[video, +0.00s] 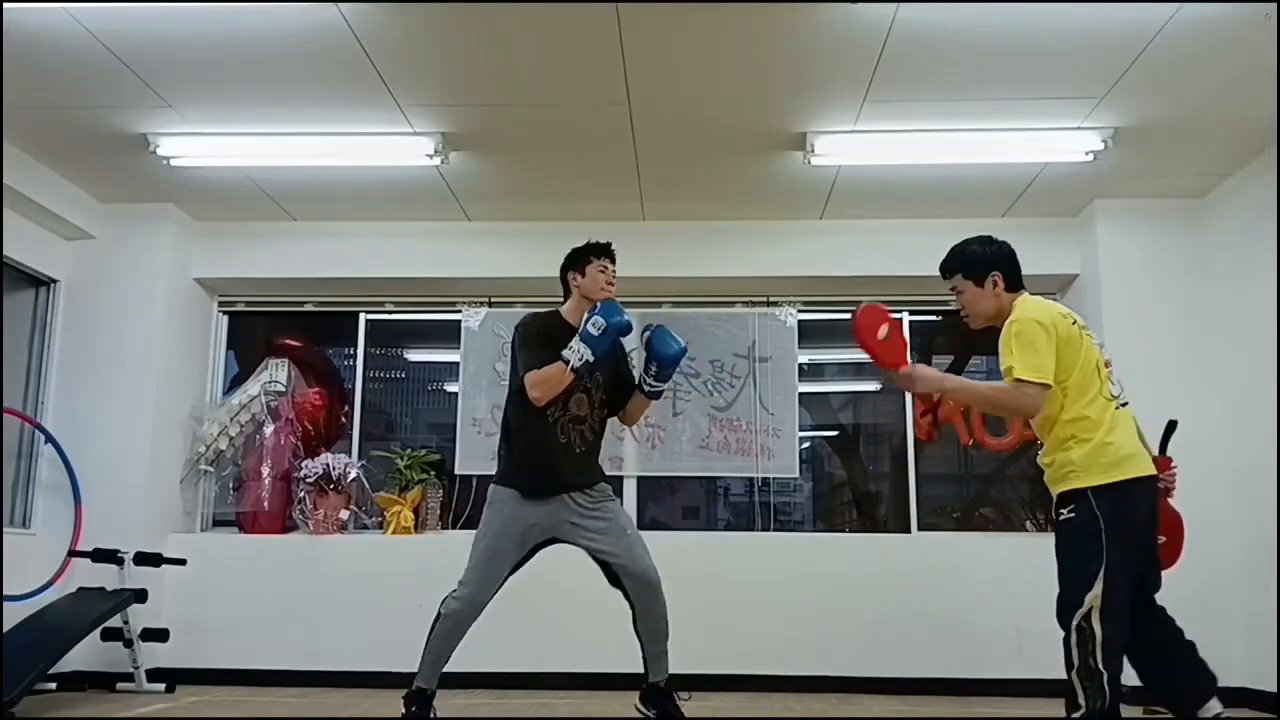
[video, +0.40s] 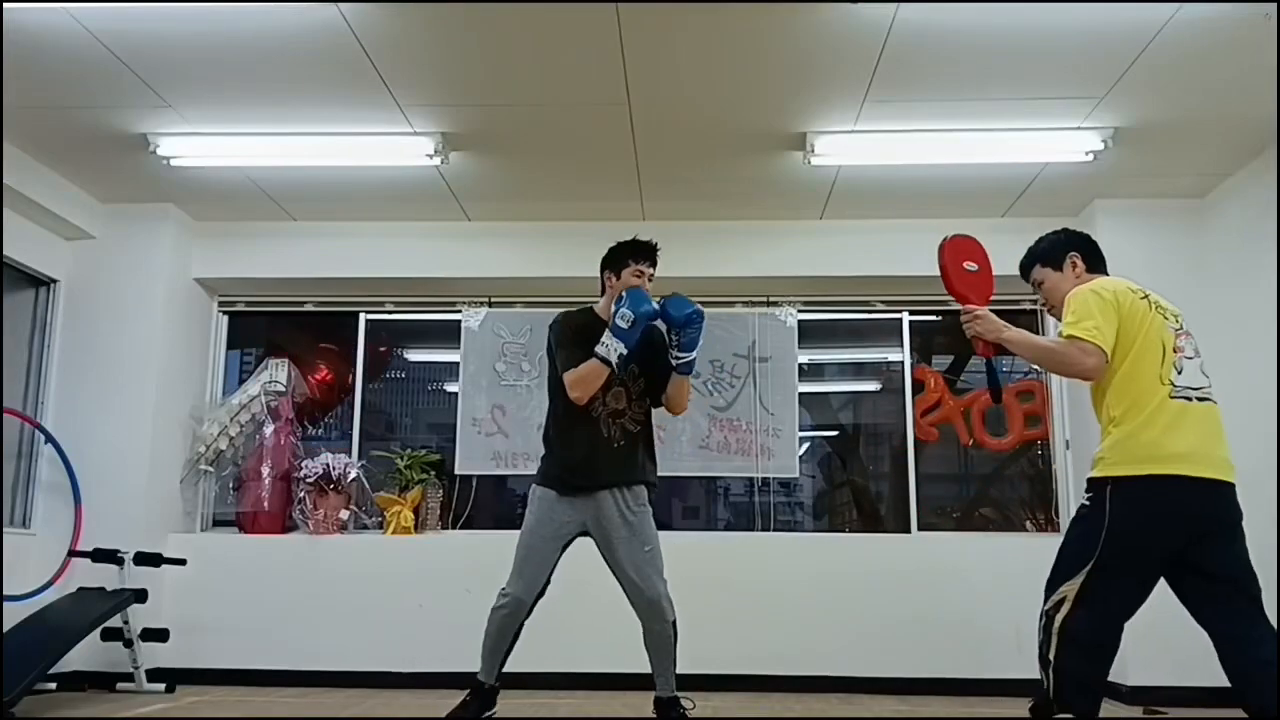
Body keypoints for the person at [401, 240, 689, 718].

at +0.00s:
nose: (612, 280)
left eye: (613, 274)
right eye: (603, 272)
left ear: (610, 285)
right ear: (574, 279)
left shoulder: (610, 347)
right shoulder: (537, 327)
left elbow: (629, 415)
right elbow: (537, 391)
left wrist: (655, 377)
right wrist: (588, 347)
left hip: (588, 495)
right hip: (519, 495)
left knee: (646, 580)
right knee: (471, 595)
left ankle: (658, 690)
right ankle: (420, 693)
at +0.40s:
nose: (645, 284)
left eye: (650, 278)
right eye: (637, 275)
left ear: (652, 285)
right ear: (609, 278)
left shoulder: (651, 334)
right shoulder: (571, 324)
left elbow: (676, 405)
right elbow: (578, 390)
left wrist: (684, 349)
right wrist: (620, 337)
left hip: (623, 492)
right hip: (558, 490)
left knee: (656, 602)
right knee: (517, 595)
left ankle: (668, 702)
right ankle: (483, 692)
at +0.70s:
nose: (664, 297)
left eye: (669, 291)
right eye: (655, 288)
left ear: (672, 298)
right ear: (627, 292)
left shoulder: (672, 349)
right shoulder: (588, 338)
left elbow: (712, 414)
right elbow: (587, 395)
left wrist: (709, 360)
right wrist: (633, 341)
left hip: (660, 507)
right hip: (585, 512)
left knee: (715, 582)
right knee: (538, 613)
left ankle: (737, 690)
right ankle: (521, 697)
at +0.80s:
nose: (694, 301)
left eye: (700, 293)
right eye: (685, 290)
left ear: (703, 300)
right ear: (655, 292)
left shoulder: (708, 351)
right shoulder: (613, 338)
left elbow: (775, 375)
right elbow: (593, 400)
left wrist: (771, 323)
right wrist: (629, 347)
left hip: (674, 515)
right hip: (603, 516)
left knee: (743, 606)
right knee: (552, 618)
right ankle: (546, 698)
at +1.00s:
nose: (713, 304)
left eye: (720, 298)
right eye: (704, 293)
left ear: (722, 307)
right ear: (675, 295)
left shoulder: (730, 359)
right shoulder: (631, 347)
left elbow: (785, 410)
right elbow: (597, 415)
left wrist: (787, 367)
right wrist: (643, 374)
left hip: (697, 525)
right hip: (617, 521)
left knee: (768, 610)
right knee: (548, 612)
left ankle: (824, 708)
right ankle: (545, 695)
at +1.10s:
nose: (660, 304)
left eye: (669, 295)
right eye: (650, 295)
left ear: (680, 302)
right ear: (629, 302)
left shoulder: (703, 357)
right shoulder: (604, 354)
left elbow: (758, 414)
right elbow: (568, 424)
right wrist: (609, 379)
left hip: (683, 523)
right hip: (606, 519)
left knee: (747, 603)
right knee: (531, 605)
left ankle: (809, 709)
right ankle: (493, 697)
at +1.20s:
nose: (640, 321)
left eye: (649, 311)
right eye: (629, 312)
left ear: (661, 319)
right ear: (609, 327)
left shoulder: (688, 381)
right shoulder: (587, 380)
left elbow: (734, 435)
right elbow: (549, 448)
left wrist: (760, 492)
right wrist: (588, 401)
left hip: (670, 550)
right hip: (591, 548)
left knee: (738, 618)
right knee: (515, 634)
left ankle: (796, 701)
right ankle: (481, 706)